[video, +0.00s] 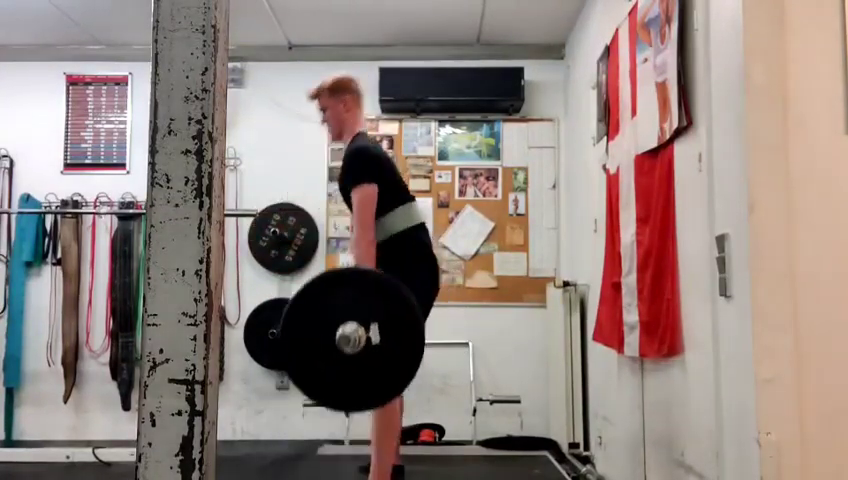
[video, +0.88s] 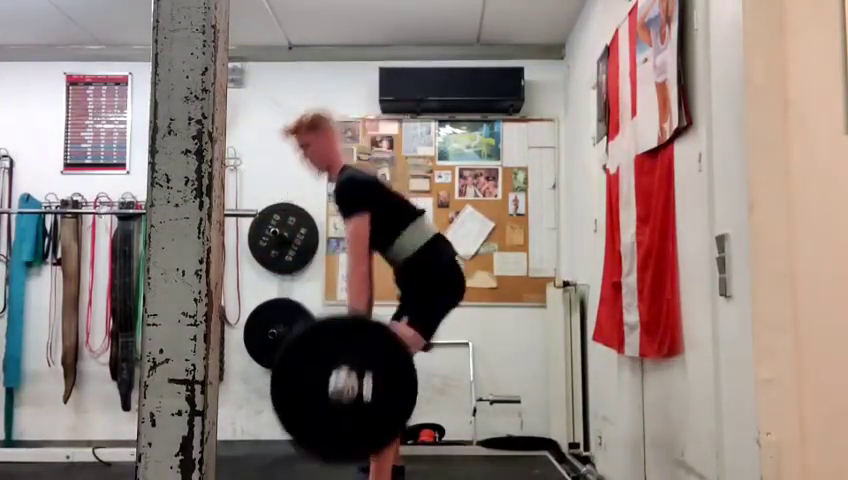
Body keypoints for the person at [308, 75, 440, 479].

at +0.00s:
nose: (323, 120)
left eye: (326, 111)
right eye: (322, 112)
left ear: (346, 106)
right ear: (349, 108)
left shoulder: (362, 155)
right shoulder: (363, 154)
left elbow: (365, 231)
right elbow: (365, 233)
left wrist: (362, 295)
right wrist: (362, 292)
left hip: (407, 271)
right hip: (405, 270)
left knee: (386, 374)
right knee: (386, 373)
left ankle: (382, 471)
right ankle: (387, 466)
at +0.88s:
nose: (305, 157)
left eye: (306, 147)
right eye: (301, 149)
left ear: (325, 140)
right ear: (325, 144)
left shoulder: (352, 185)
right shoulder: (350, 184)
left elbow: (359, 266)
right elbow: (360, 265)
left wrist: (358, 331)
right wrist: (358, 331)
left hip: (435, 280)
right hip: (427, 280)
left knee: (385, 365)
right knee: (384, 365)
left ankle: (381, 471)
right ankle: (386, 468)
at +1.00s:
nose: (282, 228)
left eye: (281, 217)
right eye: (278, 221)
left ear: (296, 206)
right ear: (301, 206)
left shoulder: (337, 246)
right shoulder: (339, 240)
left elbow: (350, 331)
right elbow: (353, 328)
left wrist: (353, 404)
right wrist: (354, 395)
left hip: (447, 294)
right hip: (442, 290)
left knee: (375, 367)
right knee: (379, 367)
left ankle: (390, 462)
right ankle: (393, 458)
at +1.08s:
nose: (271, 267)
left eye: (269, 254)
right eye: (265, 260)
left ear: (288, 238)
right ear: (298, 235)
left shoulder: (327, 272)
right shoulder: (329, 268)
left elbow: (355, 344)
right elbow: (358, 341)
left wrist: (356, 404)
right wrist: (356, 396)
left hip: (451, 302)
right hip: (443, 300)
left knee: (374, 368)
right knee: (378, 368)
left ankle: (392, 457)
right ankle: (394, 454)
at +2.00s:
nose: (275, 285)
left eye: (268, 279)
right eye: (268, 281)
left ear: (275, 263)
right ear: (280, 256)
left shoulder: (320, 272)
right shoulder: (326, 263)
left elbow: (347, 353)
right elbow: (357, 343)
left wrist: (357, 411)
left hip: (442, 307)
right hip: (442, 304)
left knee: (359, 368)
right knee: (365, 367)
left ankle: (378, 453)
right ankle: (386, 449)